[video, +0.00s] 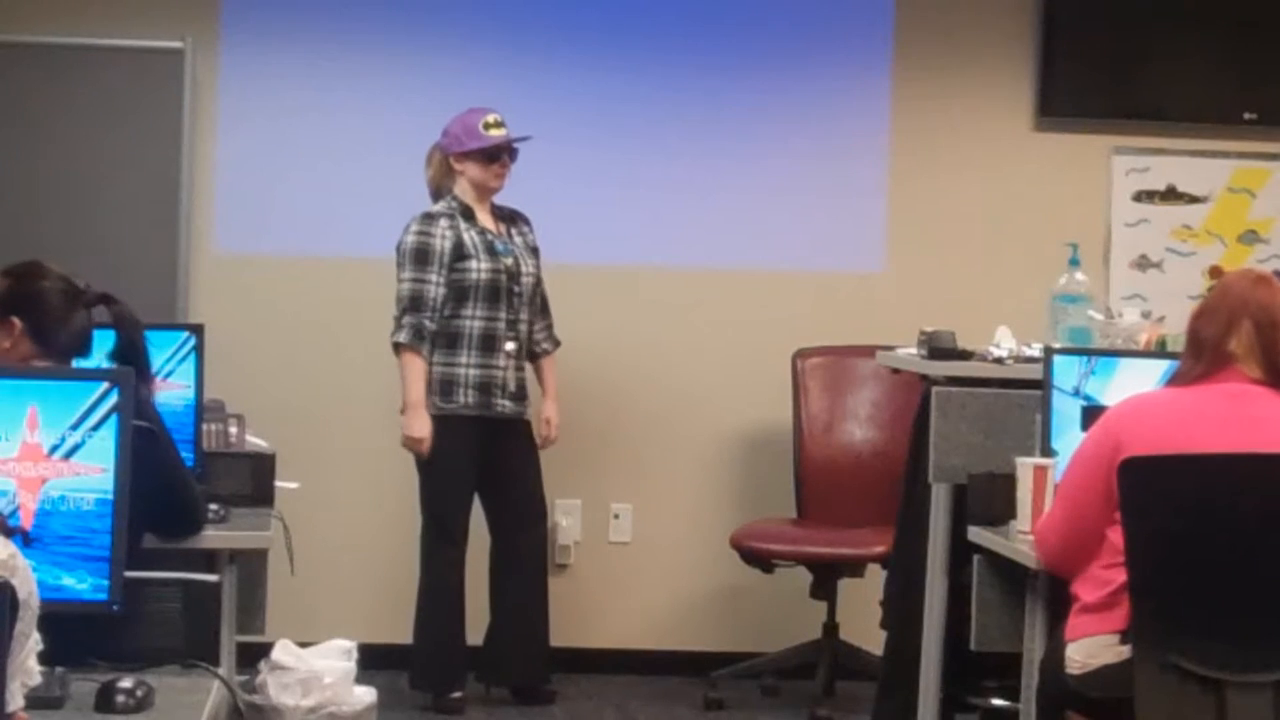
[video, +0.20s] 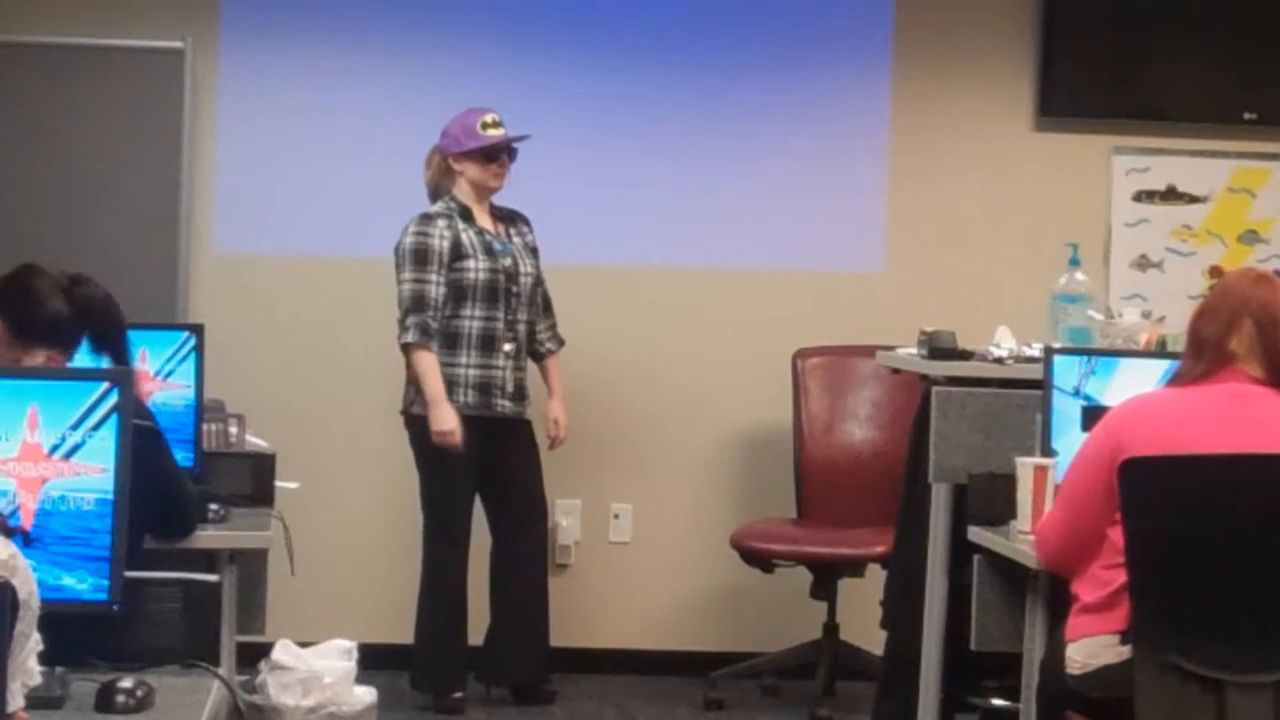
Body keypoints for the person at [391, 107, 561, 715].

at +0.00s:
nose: (502, 165)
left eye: (506, 156)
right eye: (489, 156)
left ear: (507, 163)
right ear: (456, 160)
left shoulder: (518, 231)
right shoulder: (429, 227)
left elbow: (538, 321)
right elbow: (412, 326)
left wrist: (549, 394)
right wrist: (414, 406)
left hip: (509, 416)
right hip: (448, 416)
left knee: (523, 541)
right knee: (446, 547)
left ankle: (517, 671)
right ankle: (440, 679)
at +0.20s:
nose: (501, 164)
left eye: (506, 156)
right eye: (488, 156)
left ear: (508, 162)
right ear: (454, 160)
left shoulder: (517, 231)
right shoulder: (428, 228)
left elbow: (540, 321)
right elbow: (415, 329)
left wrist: (556, 394)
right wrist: (438, 403)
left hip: (506, 414)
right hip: (445, 412)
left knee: (523, 539)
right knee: (448, 546)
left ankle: (520, 672)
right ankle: (442, 680)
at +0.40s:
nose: (504, 158)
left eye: (507, 150)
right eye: (490, 151)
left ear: (509, 160)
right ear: (456, 159)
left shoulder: (521, 231)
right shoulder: (428, 229)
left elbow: (539, 322)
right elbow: (416, 328)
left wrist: (547, 398)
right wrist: (440, 404)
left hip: (507, 416)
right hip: (443, 414)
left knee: (520, 540)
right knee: (446, 546)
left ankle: (517, 672)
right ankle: (441, 680)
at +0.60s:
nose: (501, 158)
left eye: (504, 149)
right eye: (487, 150)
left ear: (505, 159)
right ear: (453, 158)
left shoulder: (519, 229)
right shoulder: (425, 227)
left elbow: (539, 320)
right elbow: (410, 326)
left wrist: (547, 394)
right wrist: (419, 403)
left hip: (511, 416)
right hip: (447, 415)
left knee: (521, 546)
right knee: (448, 550)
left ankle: (515, 674)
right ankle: (440, 680)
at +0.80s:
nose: (499, 159)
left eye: (503, 151)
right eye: (485, 151)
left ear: (505, 161)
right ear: (451, 160)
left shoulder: (519, 231)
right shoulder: (423, 230)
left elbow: (541, 321)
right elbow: (402, 329)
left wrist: (551, 393)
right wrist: (409, 407)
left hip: (512, 419)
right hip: (447, 419)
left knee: (529, 540)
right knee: (448, 549)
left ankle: (518, 673)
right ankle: (438, 681)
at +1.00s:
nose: (493, 157)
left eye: (497, 148)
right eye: (478, 149)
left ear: (501, 159)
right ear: (447, 160)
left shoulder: (518, 230)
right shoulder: (422, 229)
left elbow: (542, 320)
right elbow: (404, 329)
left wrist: (551, 397)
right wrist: (410, 409)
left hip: (513, 417)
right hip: (447, 418)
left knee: (522, 547)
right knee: (447, 552)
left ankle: (519, 673)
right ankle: (439, 681)